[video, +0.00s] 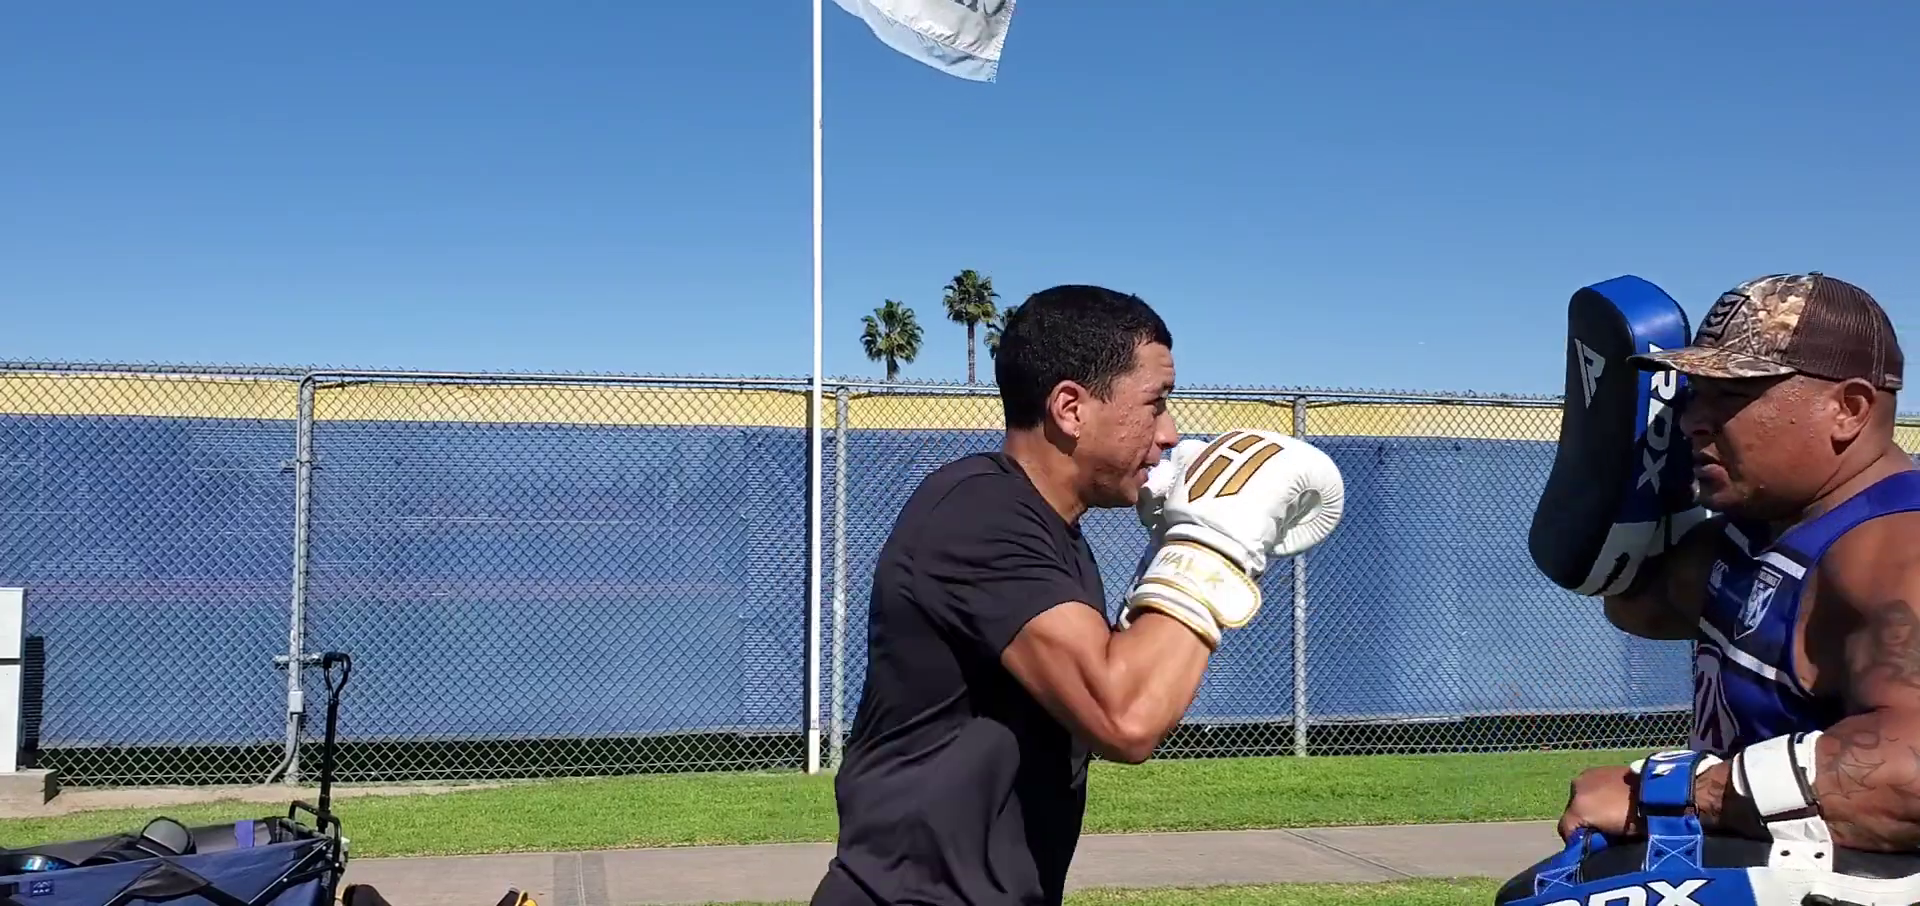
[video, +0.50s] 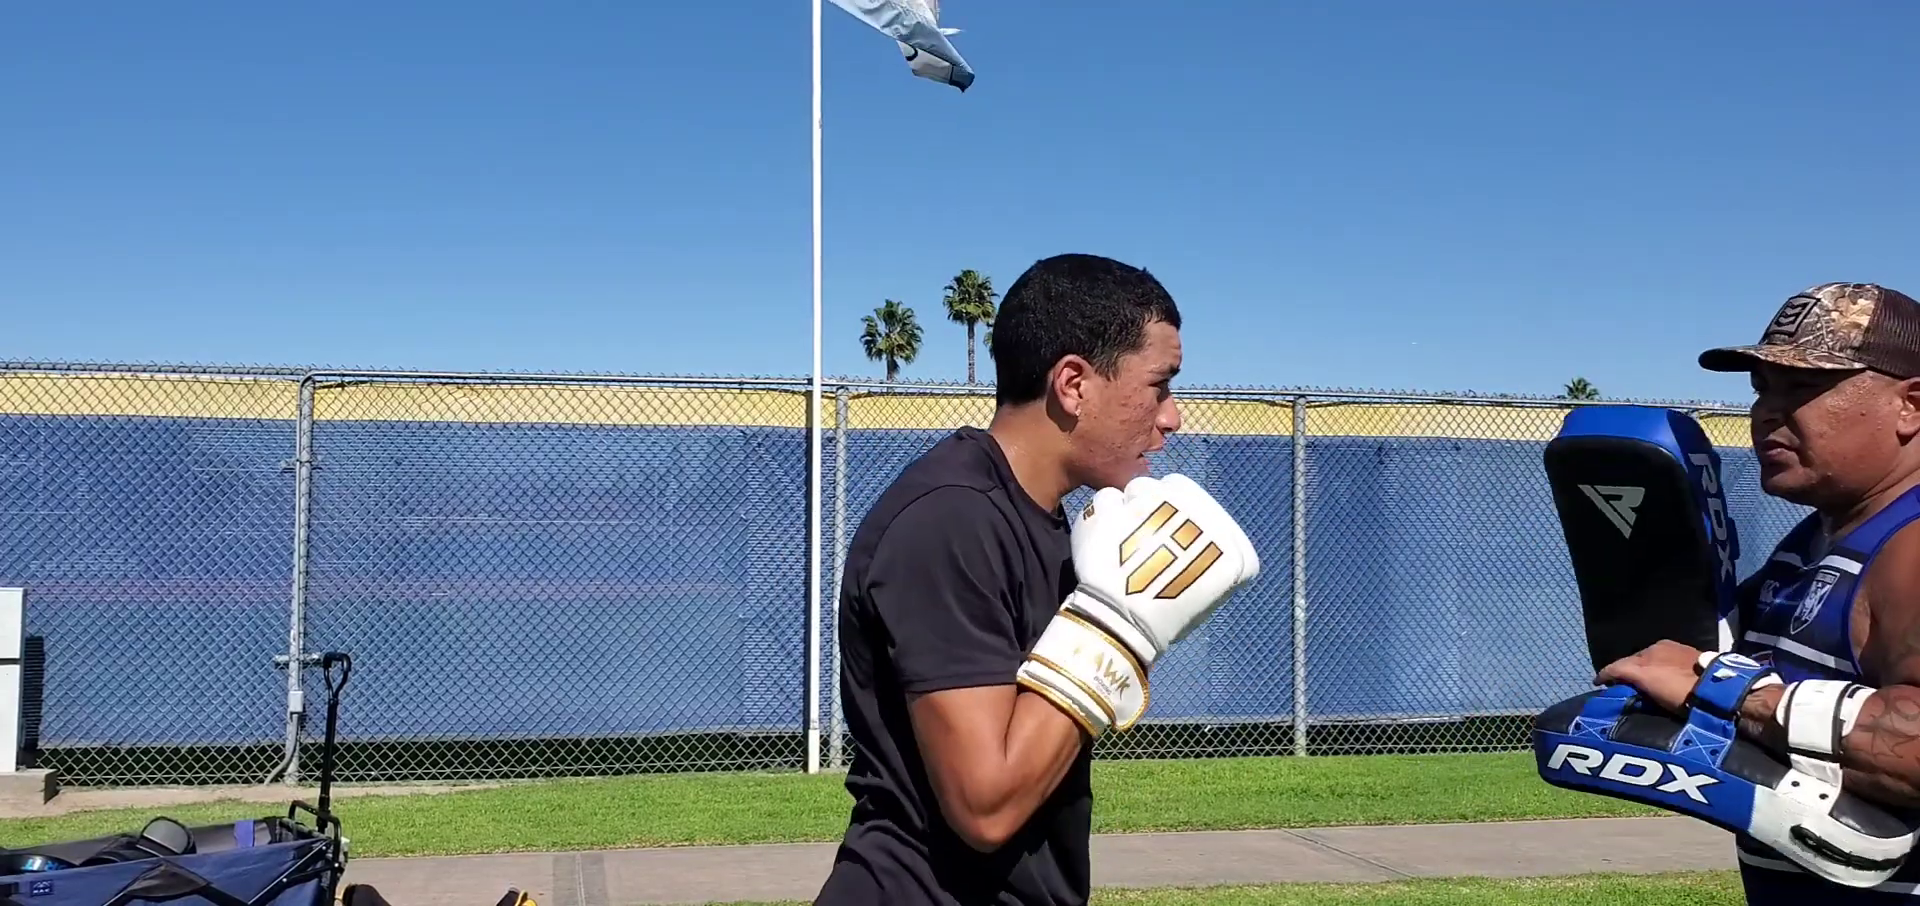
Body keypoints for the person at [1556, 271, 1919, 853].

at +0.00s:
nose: (1693, 422)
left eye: (1731, 394)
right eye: (1696, 394)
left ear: (1848, 410)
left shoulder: (1887, 552)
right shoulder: (1755, 528)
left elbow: (1901, 774)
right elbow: (1643, 604)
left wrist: (1661, 789)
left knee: (1546, 894)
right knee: (1535, 884)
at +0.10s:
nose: (1692, 453)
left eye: (1728, 431)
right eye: (1693, 424)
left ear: (1848, 430)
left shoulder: (1902, 585)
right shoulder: (1732, 528)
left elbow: (1897, 827)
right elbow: (1570, 576)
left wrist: (1666, 811)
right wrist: (1545, 429)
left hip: (1840, 884)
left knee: (1558, 891)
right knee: (1547, 882)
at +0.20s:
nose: (1712, 436)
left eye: (1751, 415)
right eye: (1714, 407)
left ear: (1873, 425)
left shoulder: (1899, 587)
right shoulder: (1762, 517)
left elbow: (1903, 824)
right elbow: (1632, 579)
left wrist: (1682, 828)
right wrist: (1552, 484)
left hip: (1832, 883)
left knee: (1574, 886)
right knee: (1568, 881)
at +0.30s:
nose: (1737, 420)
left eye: (1777, 399)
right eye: (1744, 391)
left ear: (1895, 431)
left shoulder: (1906, 587)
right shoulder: (1779, 526)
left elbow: (1907, 815)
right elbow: (1694, 626)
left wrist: (1696, 793)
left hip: (1877, 875)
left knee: (1577, 863)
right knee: (1555, 848)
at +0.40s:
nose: (1752, 422)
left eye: (1792, 399)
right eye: (1755, 395)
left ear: (1903, 427)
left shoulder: (1907, 576)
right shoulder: (1797, 542)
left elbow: (1909, 796)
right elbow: (1730, 671)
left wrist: (1728, 721)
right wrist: (1653, 593)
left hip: (1867, 894)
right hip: (1772, 886)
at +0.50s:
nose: (1763, 414)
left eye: (1801, 388)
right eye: (1762, 390)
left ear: (1908, 406)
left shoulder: (1909, 554)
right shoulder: (1807, 540)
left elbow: (1908, 748)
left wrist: (1725, 687)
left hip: (1871, 886)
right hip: (1780, 881)